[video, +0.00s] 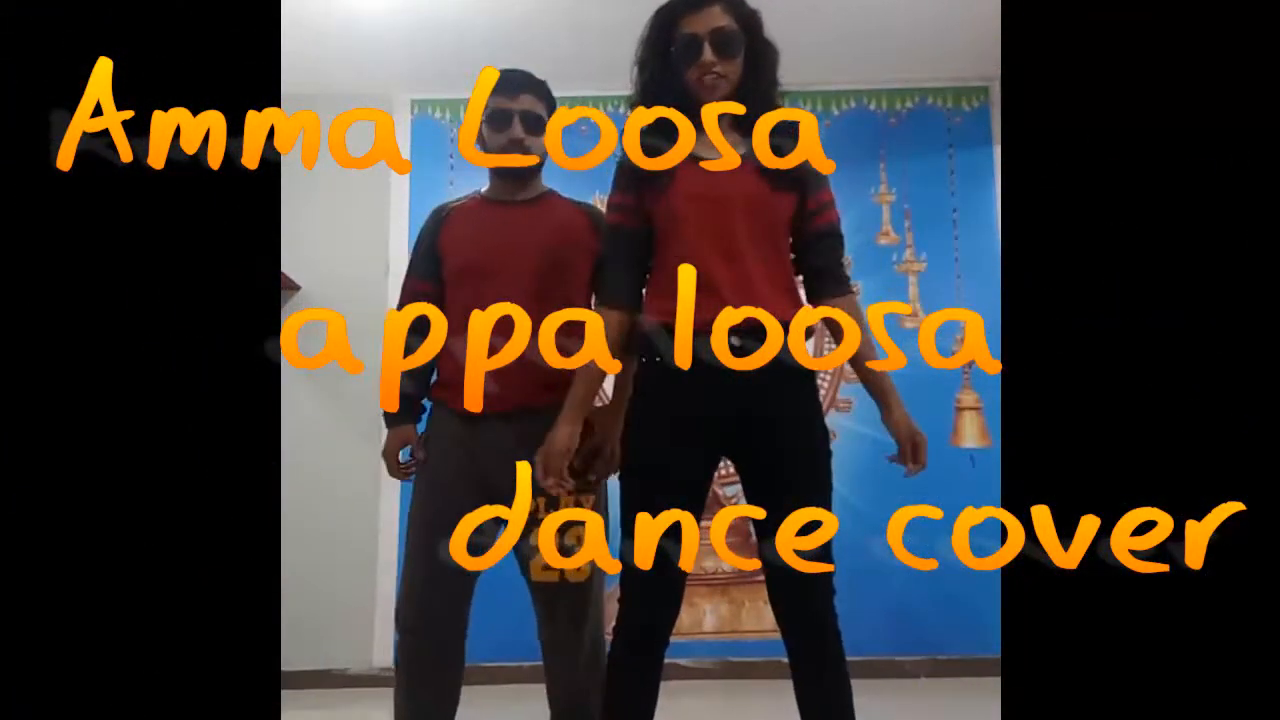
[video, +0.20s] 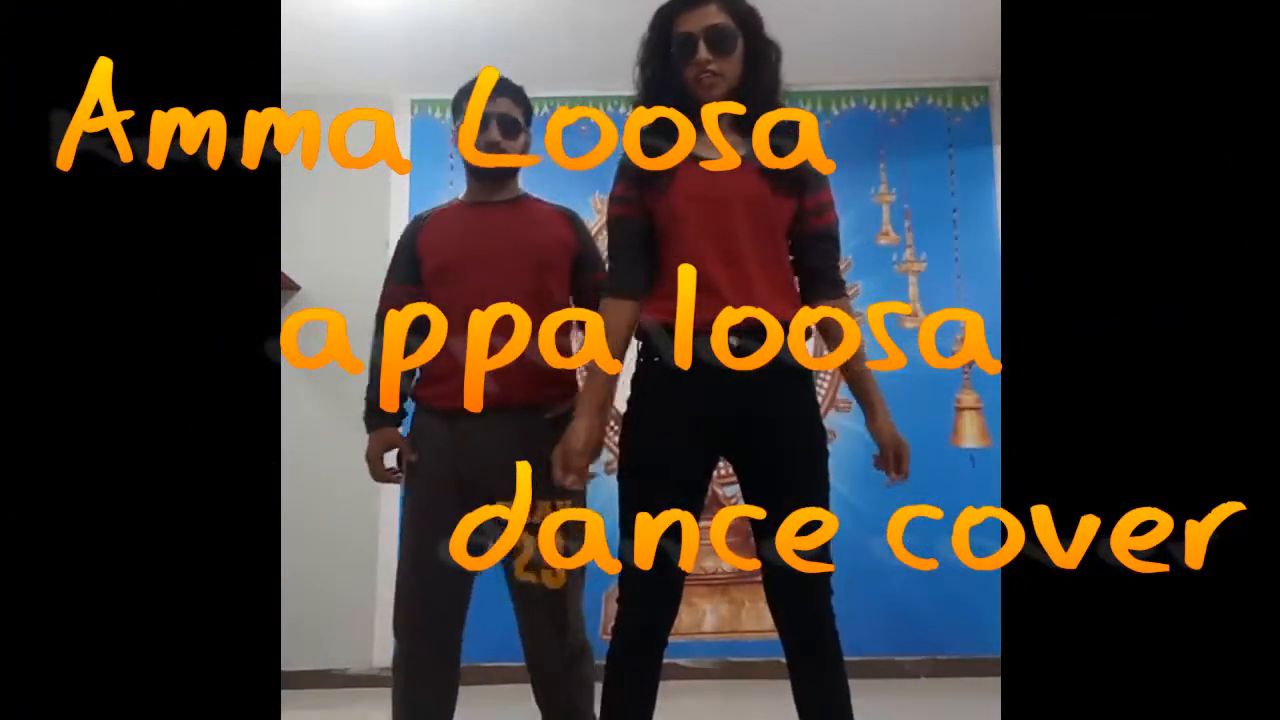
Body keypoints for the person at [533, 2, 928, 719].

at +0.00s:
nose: (708, 58)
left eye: (724, 43)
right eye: (689, 46)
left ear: (752, 55)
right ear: (666, 62)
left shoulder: (787, 145)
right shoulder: (648, 148)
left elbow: (830, 283)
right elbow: (618, 290)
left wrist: (890, 403)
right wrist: (572, 414)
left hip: (778, 394)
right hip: (671, 394)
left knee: (807, 602)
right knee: (649, 601)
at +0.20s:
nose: (703, 56)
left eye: (719, 39)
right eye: (684, 45)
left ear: (751, 49)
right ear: (666, 62)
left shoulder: (789, 143)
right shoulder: (649, 144)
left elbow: (824, 288)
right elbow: (624, 283)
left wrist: (876, 412)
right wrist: (589, 414)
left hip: (777, 394)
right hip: (671, 393)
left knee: (804, 599)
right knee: (647, 599)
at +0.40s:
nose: (696, 56)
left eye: (713, 39)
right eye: (679, 47)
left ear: (749, 48)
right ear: (663, 64)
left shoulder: (788, 138)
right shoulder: (650, 143)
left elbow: (821, 268)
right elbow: (640, 272)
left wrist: (822, 385)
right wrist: (647, 391)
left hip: (782, 385)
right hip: (677, 386)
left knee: (806, 597)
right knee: (650, 599)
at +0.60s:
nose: (683, 57)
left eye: (699, 38)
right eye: (669, 48)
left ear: (743, 42)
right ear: (660, 65)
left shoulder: (790, 132)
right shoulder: (652, 140)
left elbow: (818, 259)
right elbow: (642, 267)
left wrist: (777, 363)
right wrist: (698, 366)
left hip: (788, 382)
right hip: (681, 382)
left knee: (812, 596)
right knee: (654, 600)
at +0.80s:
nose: (657, 63)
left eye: (672, 45)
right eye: (655, 50)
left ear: (727, 46)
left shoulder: (791, 139)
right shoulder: (654, 143)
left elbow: (818, 273)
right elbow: (630, 279)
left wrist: (794, 388)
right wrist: (691, 372)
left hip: (782, 391)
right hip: (672, 388)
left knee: (806, 602)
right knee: (638, 602)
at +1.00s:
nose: (646, 69)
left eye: (660, 50)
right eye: (645, 55)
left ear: (714, 51)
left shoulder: (784, 142)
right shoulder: (650, 146)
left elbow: (826, 272)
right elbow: (600, 269)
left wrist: (838, 395)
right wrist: (652, 368)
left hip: (754, 388)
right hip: (649, 382)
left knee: (787, 600)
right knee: (620, 599)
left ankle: (822, 719)